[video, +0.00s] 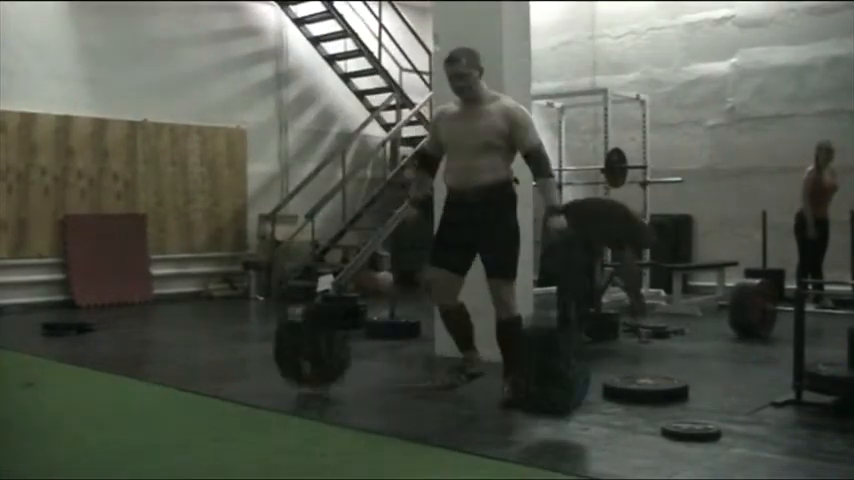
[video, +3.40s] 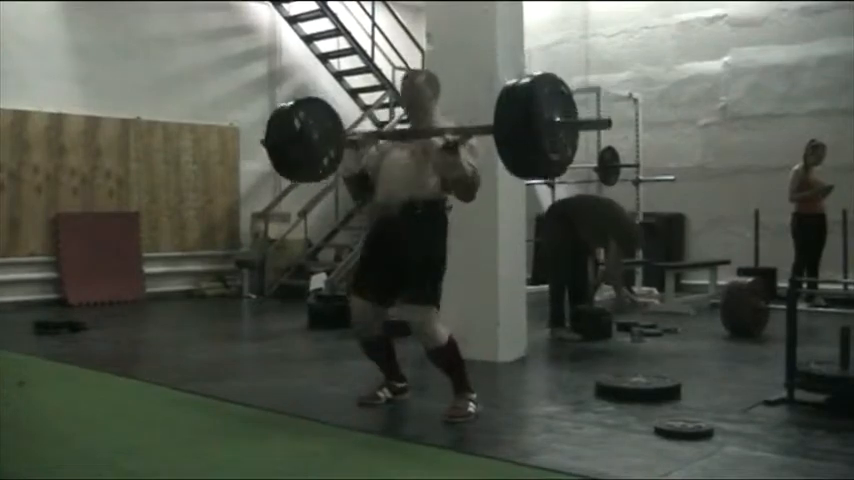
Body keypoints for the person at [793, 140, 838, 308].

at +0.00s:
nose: (826, 157)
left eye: (828, 154)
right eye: (823, 154)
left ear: (831, 156)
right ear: (817, 154)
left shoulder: (830, 173)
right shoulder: (811, 173)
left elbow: (829, 194)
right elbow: (805, 200)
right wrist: (810, 224)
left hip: (821, 219)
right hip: (807, 218)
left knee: (817, 259)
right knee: (805, 258)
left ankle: (819, 294)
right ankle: (801, 293)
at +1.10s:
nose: (814, 158)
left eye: (816, 155)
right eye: (812, 154)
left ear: (819, 156)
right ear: (806, 154)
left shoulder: (819, 173)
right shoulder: (801, 173)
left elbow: (818, 195)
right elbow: (794, 196)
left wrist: (823, 187)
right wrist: (801, 212)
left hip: (815, 219)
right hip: (800, 219)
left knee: (811, 259)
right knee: (799, 258)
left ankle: (812, 294)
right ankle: (794, 293)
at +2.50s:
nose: (817, 161)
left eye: (819, 157)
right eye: (814, 157)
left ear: (820, 158)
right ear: (806, 156)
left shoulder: (819, 174)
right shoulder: (797, 174)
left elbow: (820, 198)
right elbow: (791, 199)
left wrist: (824, 191)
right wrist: (814, 191)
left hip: (818, 219)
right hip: (802, 218)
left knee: (812, 260)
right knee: (800, 258)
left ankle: (812, 295)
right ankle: (793, 294)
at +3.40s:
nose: (820, 159)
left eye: (822, 155)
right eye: (818, 154)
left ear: (822, 156)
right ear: (809, 153)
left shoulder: (813, 173)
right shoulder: (798, 171)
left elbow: (811, 197)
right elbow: (792, 196)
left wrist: (823, 192)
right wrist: (815, 192)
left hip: (817, 217)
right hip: (802, 218)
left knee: (814, 258)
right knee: (801, 257)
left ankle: (812, 294)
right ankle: (794, 292)